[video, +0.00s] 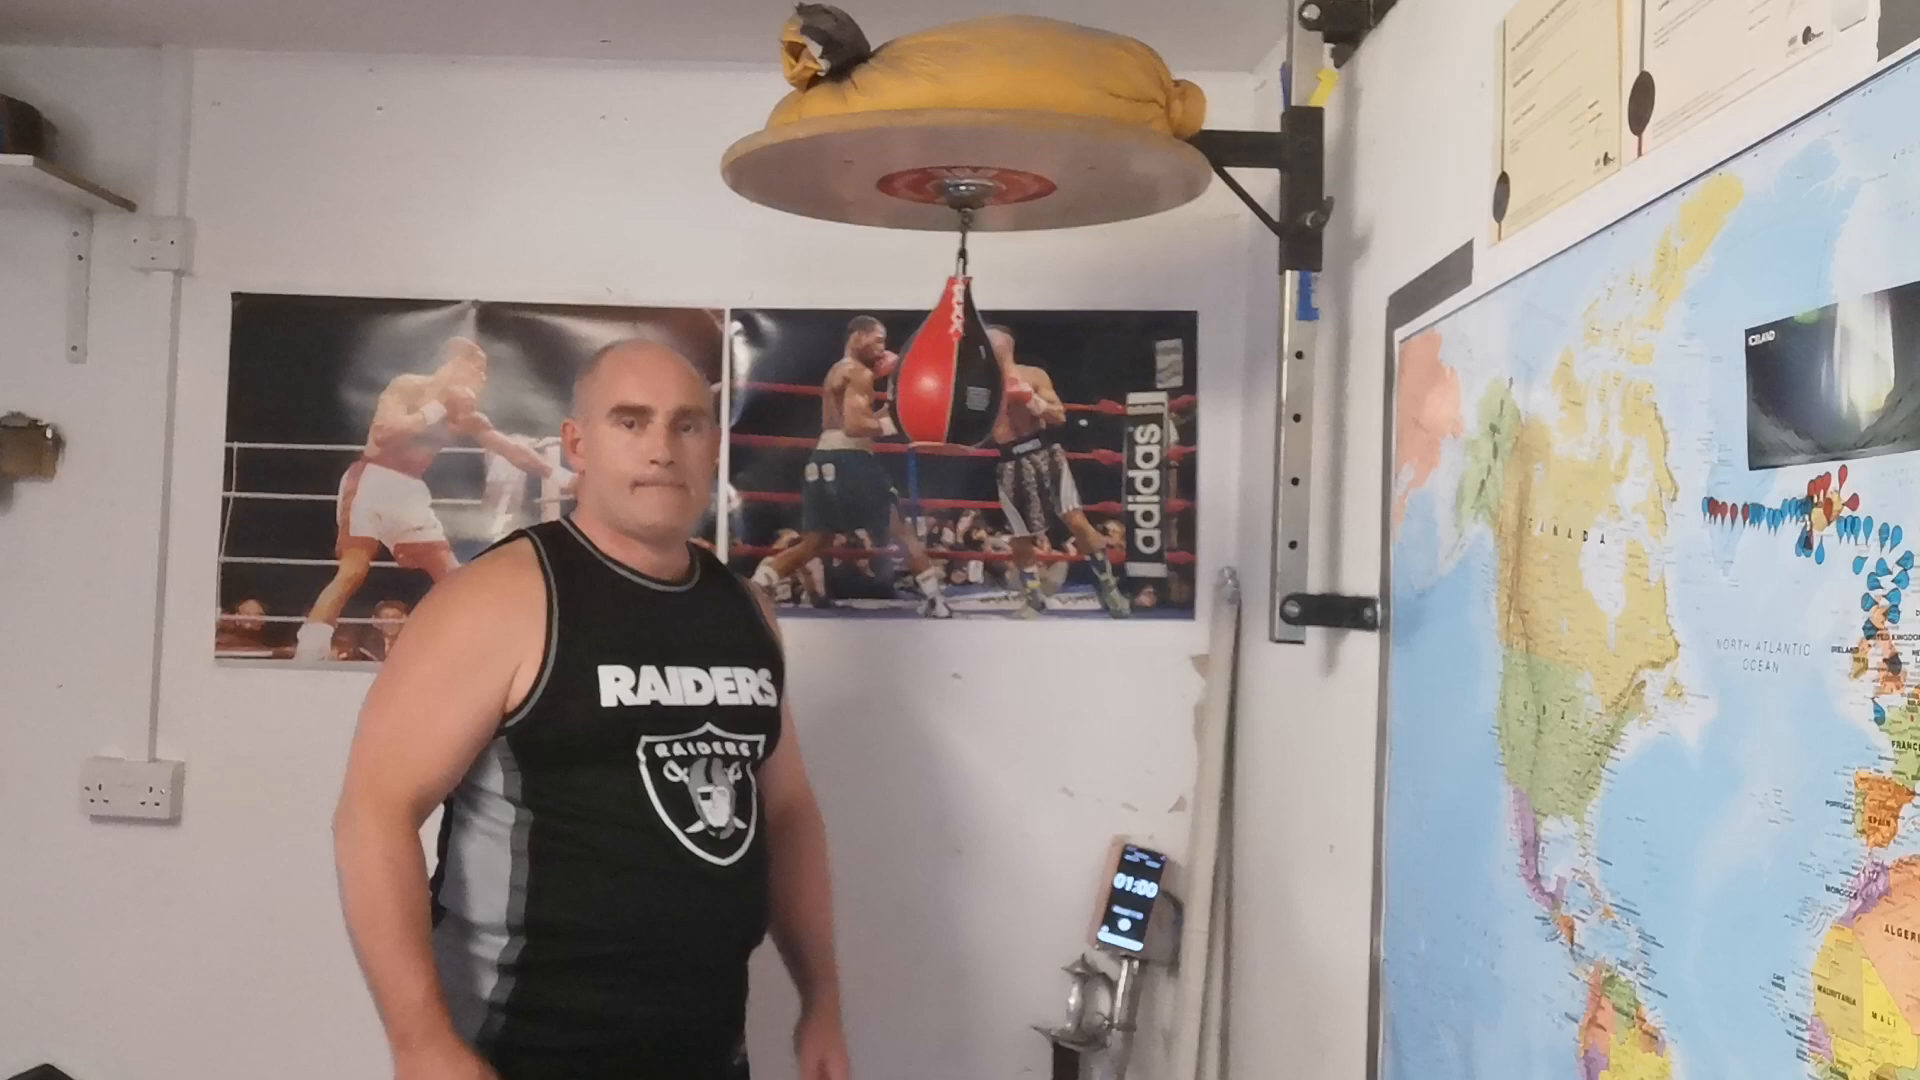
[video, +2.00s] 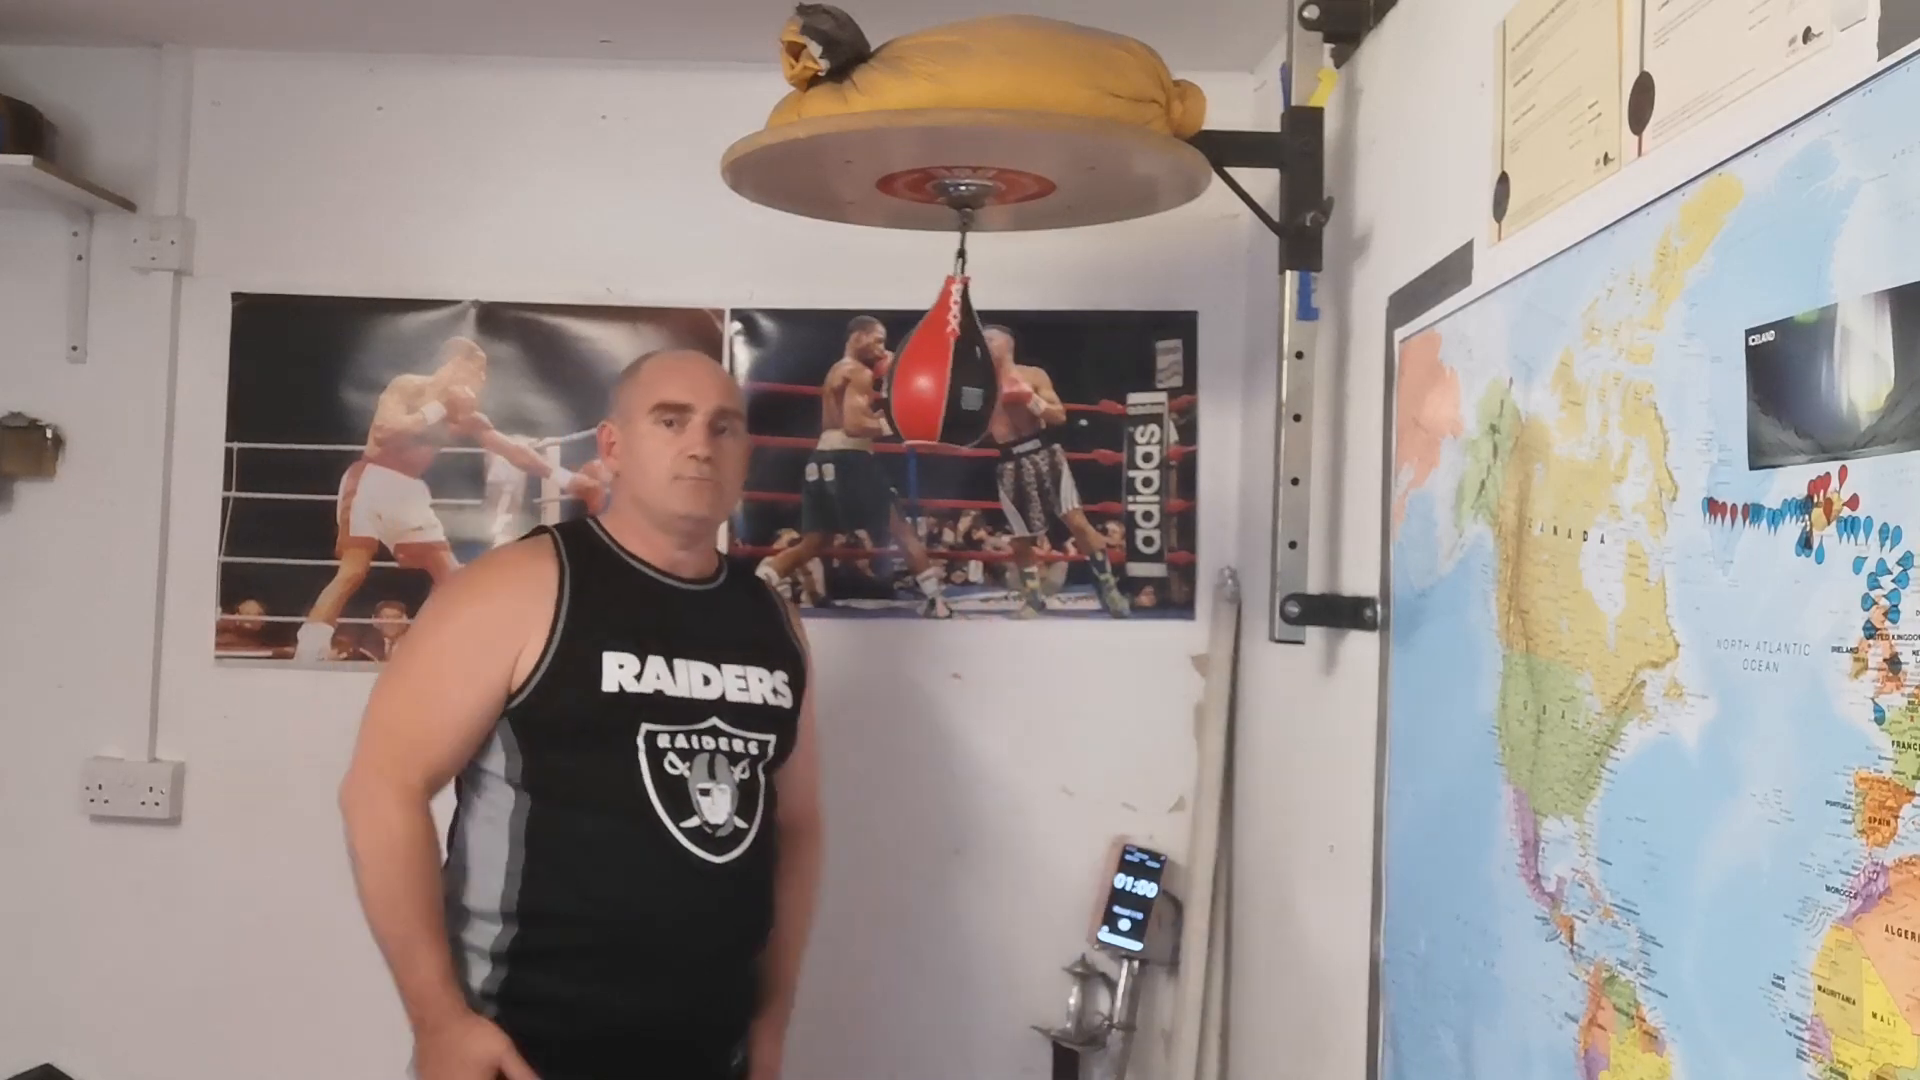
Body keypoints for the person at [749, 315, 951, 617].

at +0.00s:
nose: (881, 348)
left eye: (883, 342)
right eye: (878, 341)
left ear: (856, 339)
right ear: (859, 337)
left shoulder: (834, 373)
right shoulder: (859, 373)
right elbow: (854, 425)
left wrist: (877, 372)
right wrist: (888, 423)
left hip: (820, 462)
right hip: (852, 462)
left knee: (814, 542)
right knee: (902, 530)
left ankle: (756, 586)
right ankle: (935, 598)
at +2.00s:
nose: (881, 348)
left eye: (883, 342)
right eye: (877, 341)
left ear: (855, 340)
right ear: (857, 337)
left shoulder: (833, 373)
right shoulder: (858, 372)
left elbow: (834, 422)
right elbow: (853, 425)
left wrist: (880, 375)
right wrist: (888, 424)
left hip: (821, 462)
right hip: (852, 462)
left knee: (815, 542)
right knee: (902, 529)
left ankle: (754, 589)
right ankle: (936, 598)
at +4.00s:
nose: (882, 349)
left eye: (883, 343)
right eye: (878, 341)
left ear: (854, 341)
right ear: (857, 338)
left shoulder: (833, 373)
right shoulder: (859, 373)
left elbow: (834, 421)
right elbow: (854, 424)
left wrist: (876, 372)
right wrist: (886, 425)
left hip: (820, 462)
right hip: (853, 462)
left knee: (814, 542)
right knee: (903, 531)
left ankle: (754, 588)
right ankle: (937, 600)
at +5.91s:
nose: (882, 349)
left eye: (883, 342)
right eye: (878, 341)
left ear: (855, 340)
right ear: (858, 337)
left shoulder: (833, 373)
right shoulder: (859, 373)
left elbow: (834, 421)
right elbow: (854, 425)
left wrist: (877, 372)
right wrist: (882, 426)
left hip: (820, 461)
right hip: (853, 461)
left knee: (814, 542)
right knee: (900, 529)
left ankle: (756, 588)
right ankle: (936, 597)